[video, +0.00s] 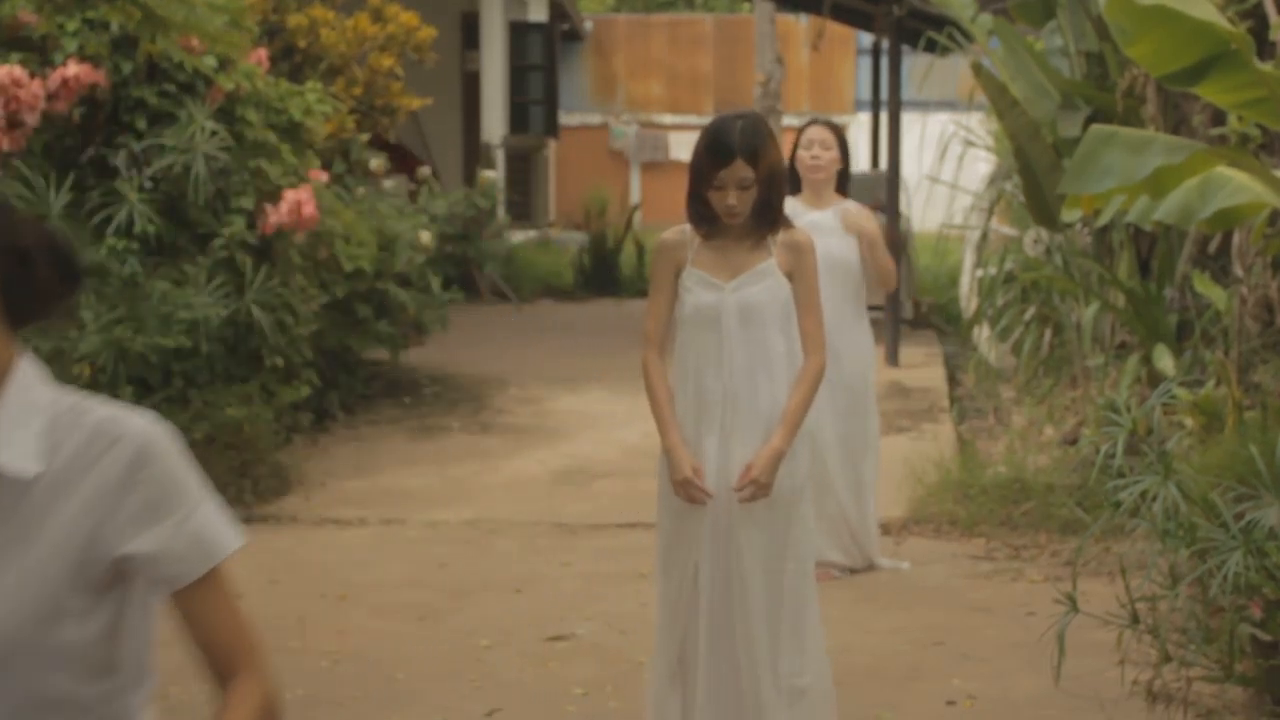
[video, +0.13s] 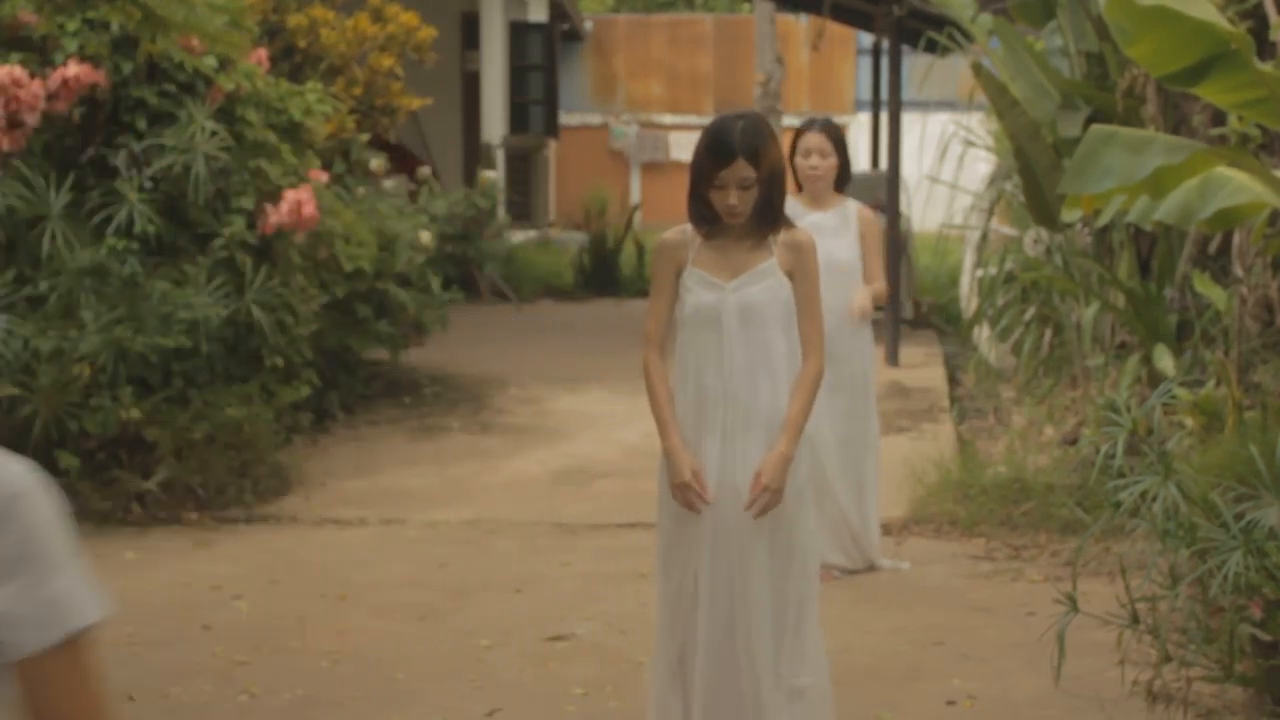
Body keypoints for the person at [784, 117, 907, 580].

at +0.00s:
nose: (816, 155)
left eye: (825, 148)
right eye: (808, 148)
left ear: (841, 159)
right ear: (794, 158)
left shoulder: (858, 216)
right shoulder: (779, 214)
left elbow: (886, 283)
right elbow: (762, 279)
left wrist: (870, 237)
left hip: (847, 335)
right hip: (792, 334)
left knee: (844, 438)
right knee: (796, 437)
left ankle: (845, 544)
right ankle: (801, 546)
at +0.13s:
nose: (814, 163)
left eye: (824, 155)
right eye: (806, 155)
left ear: (840, 162)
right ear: (793, 161)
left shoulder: (862, 218)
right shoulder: (779, 215)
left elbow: (878, 283)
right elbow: (762, 273)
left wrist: (867, 294)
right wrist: (776, 308)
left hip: (846, 339)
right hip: (794, 337)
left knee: (844, 440)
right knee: (798, 438)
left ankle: (845, 544)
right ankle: (802, 546)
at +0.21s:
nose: (812, 167)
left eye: (822, 159)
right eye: (804, 158)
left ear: (839, 165)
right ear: (792, 163)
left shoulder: (862, 218)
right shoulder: (780, 217)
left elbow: (874, 281)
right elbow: (768, 283)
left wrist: (870, 326)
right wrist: (772, 334)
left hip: (845, 347)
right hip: (793, 345)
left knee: (845, 446)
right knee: (797, 443)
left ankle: (847, 545)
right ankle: (802, 547)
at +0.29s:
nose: (813, 169)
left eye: (822, 160)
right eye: (804, 159)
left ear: (838, 165)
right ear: (793, 164)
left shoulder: (862, 219)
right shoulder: (781, 217)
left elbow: (875, 284)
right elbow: (769, 286)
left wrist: (875, 339)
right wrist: (772, 345)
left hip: (847, 350)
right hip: (794, 348)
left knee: (847, 448)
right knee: (799, 443)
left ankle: (850, 545)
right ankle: (804, 545)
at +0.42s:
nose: (814, 168)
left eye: (823, 159)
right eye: (806, 158)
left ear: (838, 164)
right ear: (793, 163)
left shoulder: (862, 218)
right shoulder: (780, 218)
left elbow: (877, 287)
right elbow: (769, 289)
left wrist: (880, 351)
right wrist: (771, 351)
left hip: (850, 347)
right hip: (796, 347)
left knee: (850, 447)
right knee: (801, 441)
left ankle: (852, 545)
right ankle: (808, 544)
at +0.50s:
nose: (814, 166)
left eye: (824, 158)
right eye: (806, 157)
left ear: (837, 163)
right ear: (793, 160)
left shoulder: (862, 218)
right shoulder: (780, 217)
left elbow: (877, 287)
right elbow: (770, 290)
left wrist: (883, 351)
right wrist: (772, 352)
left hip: (851, 347)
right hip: (797, 347)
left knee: (852, 446)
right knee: (803, 441)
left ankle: (854, 544)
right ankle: (809, 543)